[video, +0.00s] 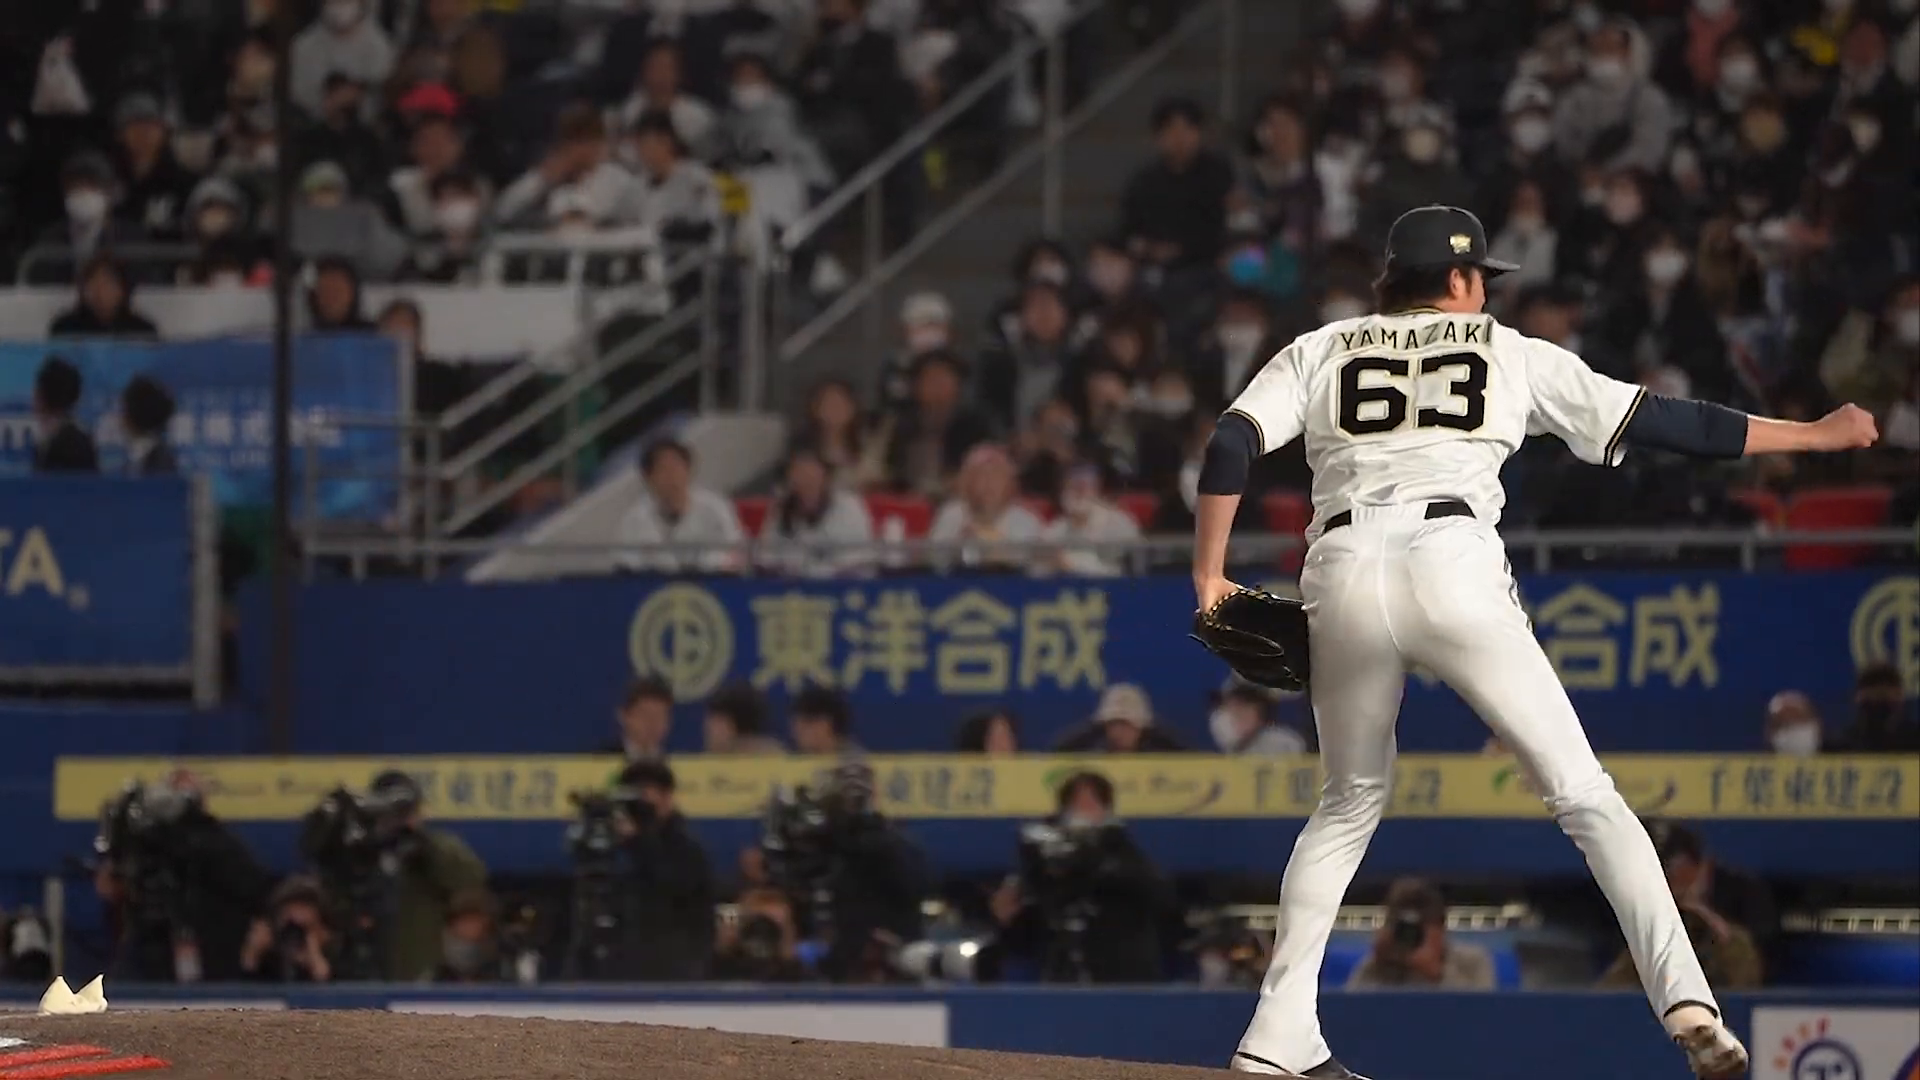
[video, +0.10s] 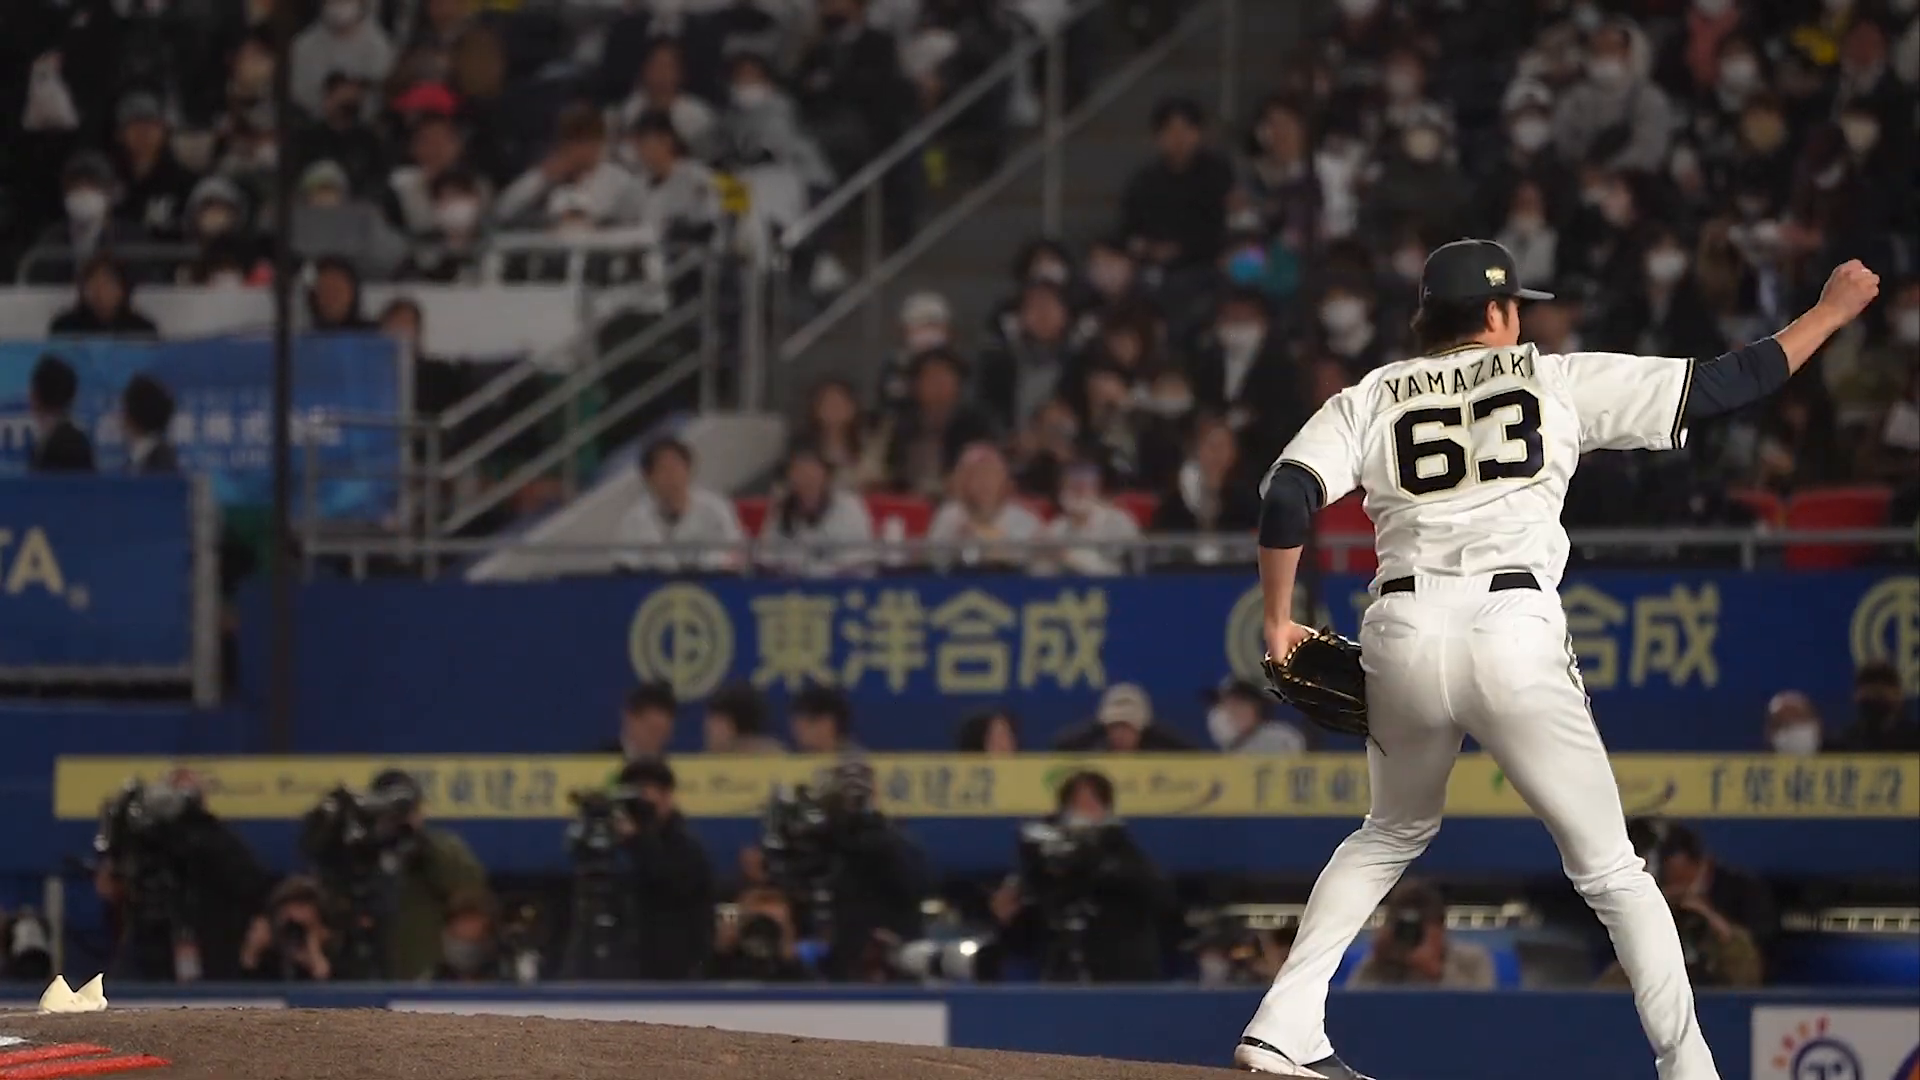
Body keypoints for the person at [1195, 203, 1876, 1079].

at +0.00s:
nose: (1486, 287)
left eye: (1480, 273)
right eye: (1480, 274)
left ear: (1392, 280)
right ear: (1462, 279)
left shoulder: (1322, 347)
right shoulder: (1513, 351)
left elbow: (1229, 444)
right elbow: (1665, 421)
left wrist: (1208, 576)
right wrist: (1816, 435)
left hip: (1338, 564)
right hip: (1455, 556)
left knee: (1345, 804)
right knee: (1581, 795)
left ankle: (1278, 1035)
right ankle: (1685, 1000)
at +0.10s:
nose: (1518, 317)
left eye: (1511, 305)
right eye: (1510, 305)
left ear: (1431, 317)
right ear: (1495, 314)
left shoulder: (1371, 395)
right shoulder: (1555, 377)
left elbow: (1286, 490)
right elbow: (1718, 384)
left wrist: (1278, 621)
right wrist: (1831, 311)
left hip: (1399, 630)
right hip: (1518, 628)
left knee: (1388, 829)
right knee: (1610, 871)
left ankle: (1283, 1026)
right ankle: (1688, 1064)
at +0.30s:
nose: (1520, 243)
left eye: (1515, 227)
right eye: (1516, 228)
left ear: (1430, 235)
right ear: (1499, 234)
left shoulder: (1359, 328)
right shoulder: (1539, 303)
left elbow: (1272, 445)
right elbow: (1696, 283)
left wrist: (1297, 568)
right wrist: (1638, 181)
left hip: (1383, 584)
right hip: (1492, 582)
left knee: (1415, 816)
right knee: (1598, 832)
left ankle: (1295, 1009)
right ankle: (1684, 1051)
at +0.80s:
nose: (1285, 160)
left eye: (1277, 150)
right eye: (1288, 148)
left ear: (1230, 184)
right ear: (1281, 175)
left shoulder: (1190, 284)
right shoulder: (1285, 240)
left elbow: (1181, 446)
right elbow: (1395, 154)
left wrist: (1241, 561)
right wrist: (1297, 126)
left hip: (1264, 534)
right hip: (1316, 528)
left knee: (1300, 795)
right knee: (1318, 791)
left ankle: (1284, 1035)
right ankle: (1145, 967)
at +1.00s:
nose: (1239, 172)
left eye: (1234, 156)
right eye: (1230, 154)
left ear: (1166, 183)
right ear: (1195, 174)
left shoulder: (1119, 287)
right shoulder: (1198, 251)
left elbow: (1108, 437)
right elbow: (1306, 177)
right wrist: (1207, 146)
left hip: (1196, 538)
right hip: (1219, 537)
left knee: (1268, 798)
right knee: (1204, 792)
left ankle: (1280, 1035)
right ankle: (1054, 995)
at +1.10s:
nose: (1214, 199)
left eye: (1208, 179)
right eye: (1202, 178)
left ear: (1128, 192)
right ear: (1171, 183)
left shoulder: (1083, 282)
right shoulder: (1150, 262)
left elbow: (1069, 441)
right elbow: (1274, 222)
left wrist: (1200, 572)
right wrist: (1190, 157)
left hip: (1144, 533)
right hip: (1161, 536)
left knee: (1235, 794)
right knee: (1129, 794)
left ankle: (1272, 1031)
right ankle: (1032, 1020)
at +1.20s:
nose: (1173, 173)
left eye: (1169, 157)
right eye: (1164, 158)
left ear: (1093, 169)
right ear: (1129, 164)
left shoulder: (1037, 265)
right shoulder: (1104, 258)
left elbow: (1040, 432)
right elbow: (1224, 309)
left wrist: (1152, 562)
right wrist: (1222, 190)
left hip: (1095, 528)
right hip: (1110, 529)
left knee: (1204, 770)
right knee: (1095, 784)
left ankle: (1219, 1015)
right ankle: (1031, 1018)